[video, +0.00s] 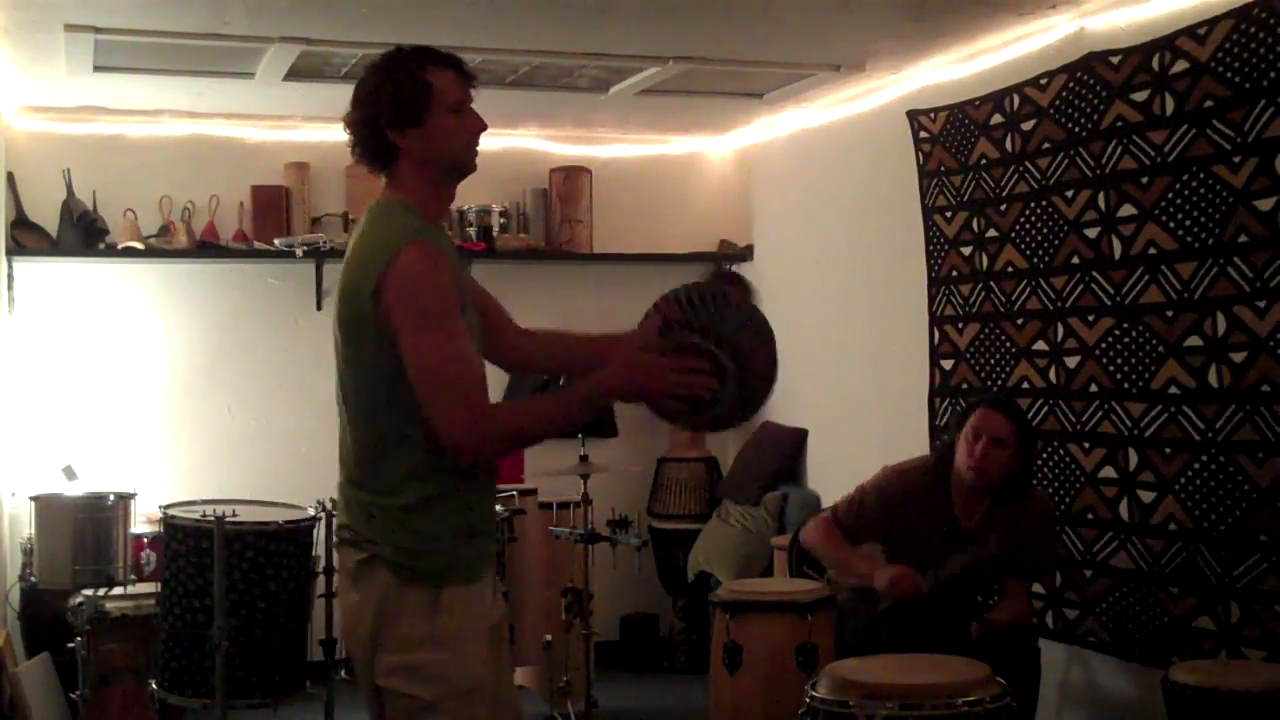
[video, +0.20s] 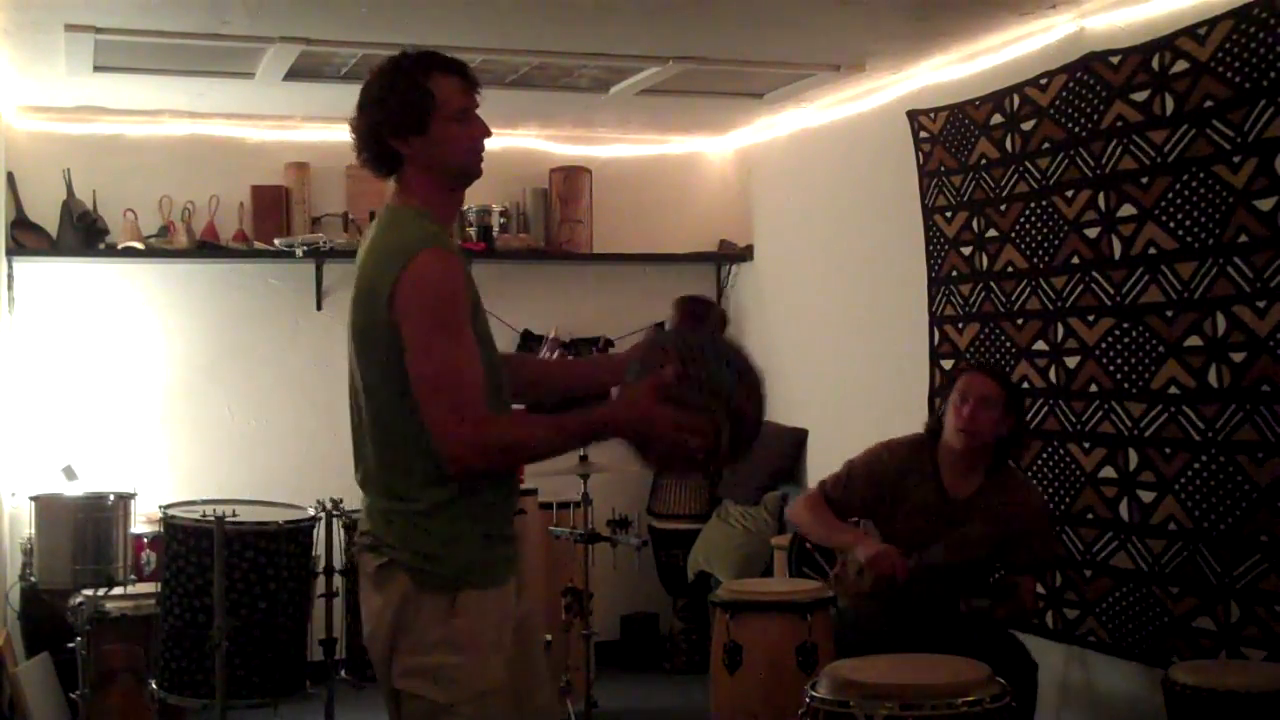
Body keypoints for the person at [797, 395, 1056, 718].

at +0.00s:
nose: (979, 452)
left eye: (997, 445)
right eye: (974, 436)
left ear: (1016, 459)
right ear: (957, 436)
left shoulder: (1028, 509)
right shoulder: (907, 483)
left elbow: (1018, 602)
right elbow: (814, 531)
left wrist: (981, 626)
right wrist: (875, 570)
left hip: (969, 618)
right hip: (896, 607)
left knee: (1019, 649)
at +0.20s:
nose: (968, 413)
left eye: (985, 405)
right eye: (961, 399)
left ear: (1004, 423)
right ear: (944, 407)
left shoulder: (1018, 496)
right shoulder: (894, 460)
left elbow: (1024, 596)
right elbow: (801, 510)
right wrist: (858, 542)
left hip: (961, 619)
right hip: (879, 609)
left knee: (1018, 670)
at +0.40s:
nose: (934, 395)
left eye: (948, 386)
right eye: (924, 386)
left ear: (973, 408)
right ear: (909, 402)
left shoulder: (997, 488)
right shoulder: (869, 464)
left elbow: (1022, 582)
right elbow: (776, 507)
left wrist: (980, 585)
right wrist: (838, 551)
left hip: (955, 621)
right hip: (874, 616)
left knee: (1005, 677)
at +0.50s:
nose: (897, 383)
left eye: (913, 375)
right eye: (892, 377)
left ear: (946, 397)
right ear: (884, 396)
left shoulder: (977, 474)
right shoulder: (856, 462)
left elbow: (1014, 561)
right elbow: (765, 517)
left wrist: (973, 580)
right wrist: (834, 538)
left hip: (946, 617)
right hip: (867, 617)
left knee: (1000, 677)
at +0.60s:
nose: (896, 373)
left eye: (909, 368)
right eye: (884, 369)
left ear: (929, 392)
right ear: (868, 398)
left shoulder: (968, 465)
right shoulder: (837, 462)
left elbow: (1005, 543)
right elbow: (762, 521)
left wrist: (965, 567)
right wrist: (832, 536)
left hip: (944, 615)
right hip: (863, 616)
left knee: (995, 671)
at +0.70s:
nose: (878, 378)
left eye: (890, 370)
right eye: (866, 375)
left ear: (913, 391)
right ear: (853, 404)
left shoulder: (955, 454)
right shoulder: (831, 465)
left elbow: (989, 524)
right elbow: (763, 526)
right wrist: (828, 541)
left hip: (948, 616)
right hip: (864, 623)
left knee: (989, 658)